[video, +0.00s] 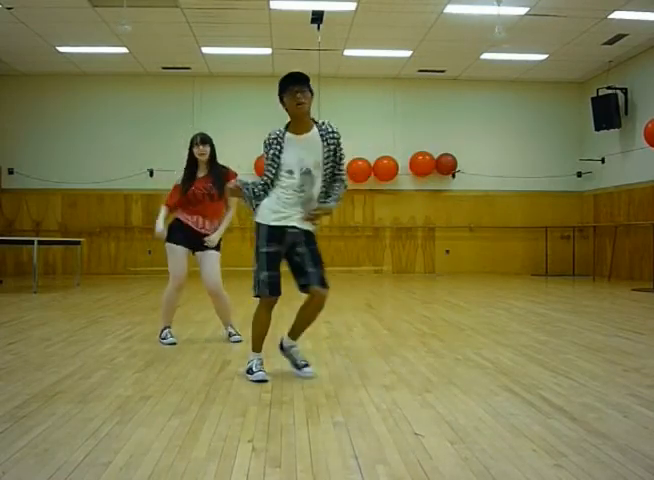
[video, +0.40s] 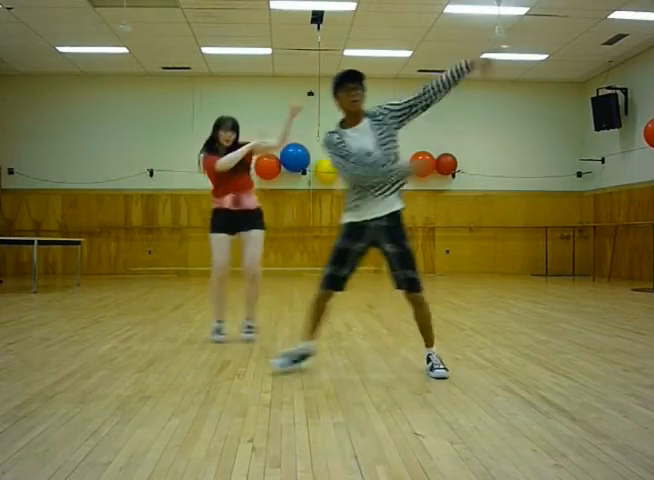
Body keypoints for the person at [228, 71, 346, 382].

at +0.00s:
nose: (301, 97)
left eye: (304, 92)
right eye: (294, 94)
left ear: (312, 97)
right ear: (283, 101)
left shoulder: (328, 134)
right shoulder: (275, 139)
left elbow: (337, 178)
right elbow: (267, 184)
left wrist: (327, 205)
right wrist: (243, 188)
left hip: (302, 225)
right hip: (269, 223)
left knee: (318, 293)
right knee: (268, 296)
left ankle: (289, 343)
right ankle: (255, 358)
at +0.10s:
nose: (300, 101)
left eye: (304, 95)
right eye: (293, 97)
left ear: (313, 99)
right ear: (284, 105)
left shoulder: (332, 135)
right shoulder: (279, 147)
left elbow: (356, 168)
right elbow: (270, 191)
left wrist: (361, 193)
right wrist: (229, 200)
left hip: (318, 228)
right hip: (284, 226)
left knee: (341, 292)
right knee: (273, 297)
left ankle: (312, 339)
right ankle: (255, 359)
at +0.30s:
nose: (333, 98)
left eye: (337, 93)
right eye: (326, 94)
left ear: (343, 97)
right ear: (315, 100)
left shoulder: (361, 122)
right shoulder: (310, 145)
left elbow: (405, 115)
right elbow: (317, 192)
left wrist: (449, 110)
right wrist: (352, 184)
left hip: (362, 224)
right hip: (326, 227)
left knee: (389, 291)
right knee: (298, 292)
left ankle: (425, 351)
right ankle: (263, 355)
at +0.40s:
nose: (355, 95)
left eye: (359, 90)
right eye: (348, 91)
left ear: (364, 92)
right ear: (336, 98)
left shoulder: (383, 117)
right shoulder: (334, 138)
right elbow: (359, 173)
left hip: (389, 215)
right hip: (355, 219)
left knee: (411, 287)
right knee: (327, 286)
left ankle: (431, 353)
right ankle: (307, 345)